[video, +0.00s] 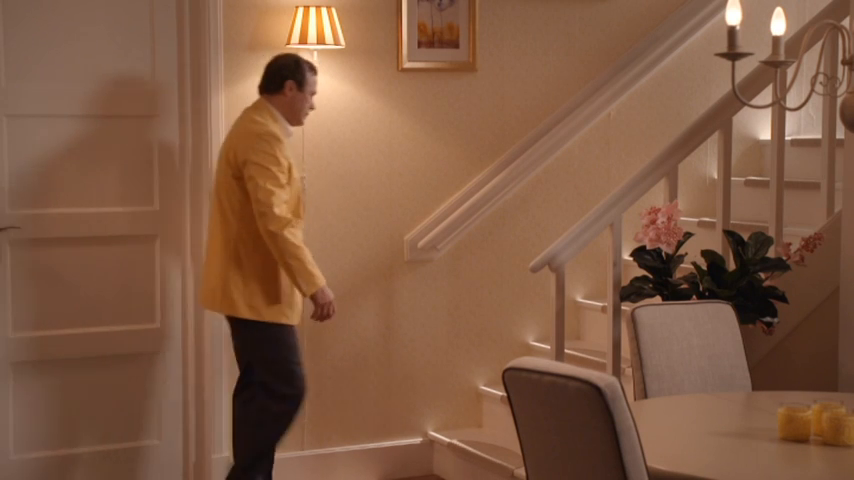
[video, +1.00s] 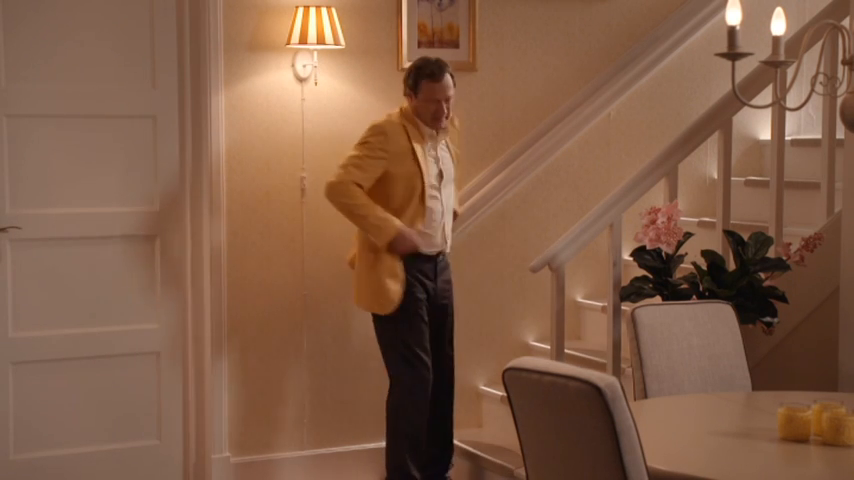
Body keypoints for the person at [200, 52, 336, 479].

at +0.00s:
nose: (313, 103)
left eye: (315, 93)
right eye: (311, 92)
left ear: (284, 88)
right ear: (289, 89)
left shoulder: (256, 128)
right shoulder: (262, 134)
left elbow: (272, 219)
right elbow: (275, 220)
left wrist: (305, 284)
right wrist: (316, 285)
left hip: (249, 285)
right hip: (255, 287)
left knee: (257, 385)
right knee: (284, 388)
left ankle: (251, 474)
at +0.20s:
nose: (347, 110)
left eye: (349, 100)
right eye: (346, 99)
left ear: (318, 93)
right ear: (326, 93)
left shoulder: (283, 130)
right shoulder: (302, 136)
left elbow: (302, 210)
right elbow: (304, 220)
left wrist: (357, 218)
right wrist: (326, 292)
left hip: (268, 290)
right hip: (295, 293)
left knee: (265, 392)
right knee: (341, 393)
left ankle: (251, 475)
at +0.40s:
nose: (385, 113)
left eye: (386, 104)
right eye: (384, 103)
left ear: (348, 96)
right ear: (367, 98)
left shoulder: (312, 138)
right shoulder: (355, 147)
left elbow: (315, 203)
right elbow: (352, 226)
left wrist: (364, 187)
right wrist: (360, 302)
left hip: (314, 293)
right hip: (352, 299)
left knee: (302, 392)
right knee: (386, 394)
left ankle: (262, 475)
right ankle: (400, 474)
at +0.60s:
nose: (422, 114)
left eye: (424, 104)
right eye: (421, 103)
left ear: (390, 96)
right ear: (402, 97)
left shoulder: (344, 134)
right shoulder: (391, 143)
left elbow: (327, 207)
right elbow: (399, 224)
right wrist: (436, 284)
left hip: (347, 279)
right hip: (383, 285)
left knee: (391, 366)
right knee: (409, 379)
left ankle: (324, 444)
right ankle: (405, 473)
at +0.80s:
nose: (446, 109)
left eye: (447, 101)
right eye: (440, 100)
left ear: (413, 97)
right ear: (413, 95)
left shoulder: (393, 131)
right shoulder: (396, 136)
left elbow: (358, 203)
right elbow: (388, 207)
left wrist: (348, 265)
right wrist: (439, 236)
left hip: (410, 286)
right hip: (395, 288)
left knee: (434, 380)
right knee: (411, 384)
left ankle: (426, 473)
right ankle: (405, 475)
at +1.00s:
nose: (445, 108)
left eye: (449, 99)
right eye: (434, 100)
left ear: (453, 95)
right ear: (410, 98)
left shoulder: (441, 135)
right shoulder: (387, 134)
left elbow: (434, 190)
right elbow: (340, 187)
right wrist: (392, 231)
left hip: (438, 267)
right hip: (398, 271)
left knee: (441, 377)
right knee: (413, 379)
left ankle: (435, 472)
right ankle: (404, 474)